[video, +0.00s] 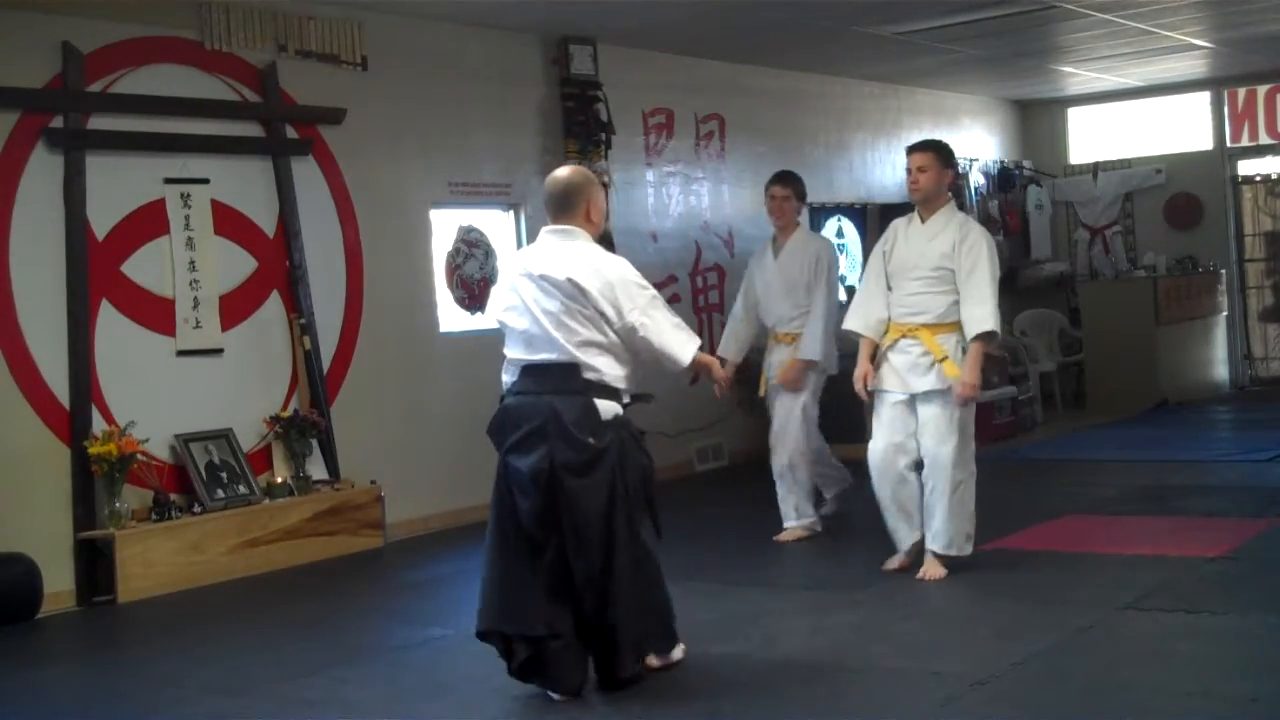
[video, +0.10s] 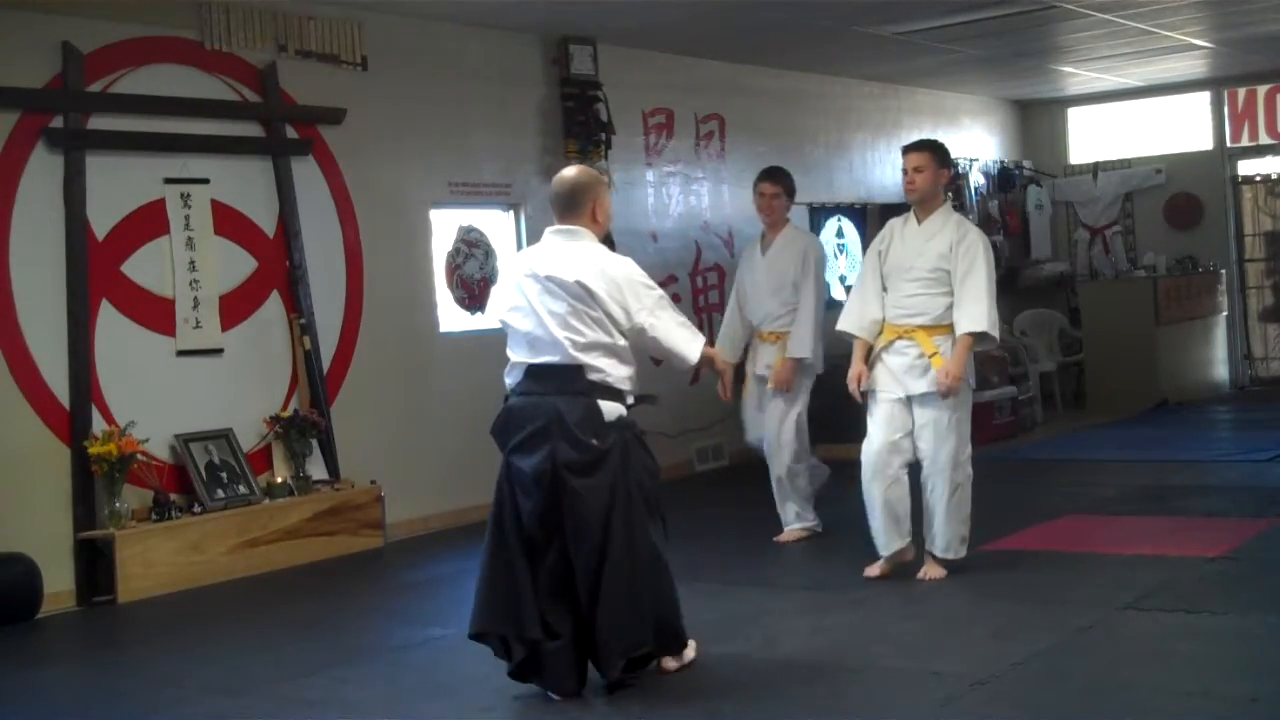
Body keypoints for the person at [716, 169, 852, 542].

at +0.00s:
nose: (776, 206)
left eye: (785, 199)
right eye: (771, 199)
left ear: (800, 205)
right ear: (765, 204)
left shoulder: (819, 249)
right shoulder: (762, 257)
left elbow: (823, 309)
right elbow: (745, 312)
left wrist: (804, 359)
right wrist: (729, 361)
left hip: (807, 347)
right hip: (776, 348)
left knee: (788, 436)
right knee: (792, 430)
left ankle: (801, 519)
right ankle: (836, 482)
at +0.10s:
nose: (766, 203)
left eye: (775, 196)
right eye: (761, 196)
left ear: (790, 201)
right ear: (754, 200)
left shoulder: (806, 246)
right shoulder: (751, 251)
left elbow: (810, 308)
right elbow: (738, 309)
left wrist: (793, 358)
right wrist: (726, 359)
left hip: (792, 348)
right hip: (759, 348)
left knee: (783, 439)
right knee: (757, 433)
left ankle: (800, 520)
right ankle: (812, 473)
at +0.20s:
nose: (753, 197)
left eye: (761, 190)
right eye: (747, 190)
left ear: (776, 195)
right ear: (740, 195)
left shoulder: (790, 238)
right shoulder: (739, 245)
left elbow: (794, 299)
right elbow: (729, 304)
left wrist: (779, 354)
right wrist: (720, 351)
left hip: (781, 346)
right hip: (744, 347)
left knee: (783, 439)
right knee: (734, 432)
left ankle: (801, 519)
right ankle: (771, 504)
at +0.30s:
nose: (736, 195)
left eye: (744, 188)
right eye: (730, 188)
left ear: (759, 193)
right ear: (723, 193)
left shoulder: (771, 237)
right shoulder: (726, 243)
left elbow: (775, 298)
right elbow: (723, 303)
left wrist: (763, 354)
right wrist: (715, 353)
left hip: (768, 343)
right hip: (731, 345)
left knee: (784, 437)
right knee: (714, 434)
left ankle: (801, 519)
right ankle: (726, 521)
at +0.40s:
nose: (715, 201)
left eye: (724, 194)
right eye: (710, 194)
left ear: (739, 198)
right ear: (704, 199)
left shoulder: (751, 244)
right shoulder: (712, 247)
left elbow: (751, 308)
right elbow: (709, 304)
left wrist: (733, 367)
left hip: (756, 359)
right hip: (717, 358)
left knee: (776, 442)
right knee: (698, 443)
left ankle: (798, 518)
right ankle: (693, 529)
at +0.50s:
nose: (694, 207)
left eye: (702, 199)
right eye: (689, 200)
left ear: (718, 204)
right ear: (683, 205)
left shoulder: (731, 246)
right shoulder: (700, 252)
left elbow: (729, 312)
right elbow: (702, 312)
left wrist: (702, 369)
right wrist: (683, 364)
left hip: (736, 360)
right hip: (700, 360)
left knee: (745, 443)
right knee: (687, 450)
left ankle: (792, 514)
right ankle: (695, 534)